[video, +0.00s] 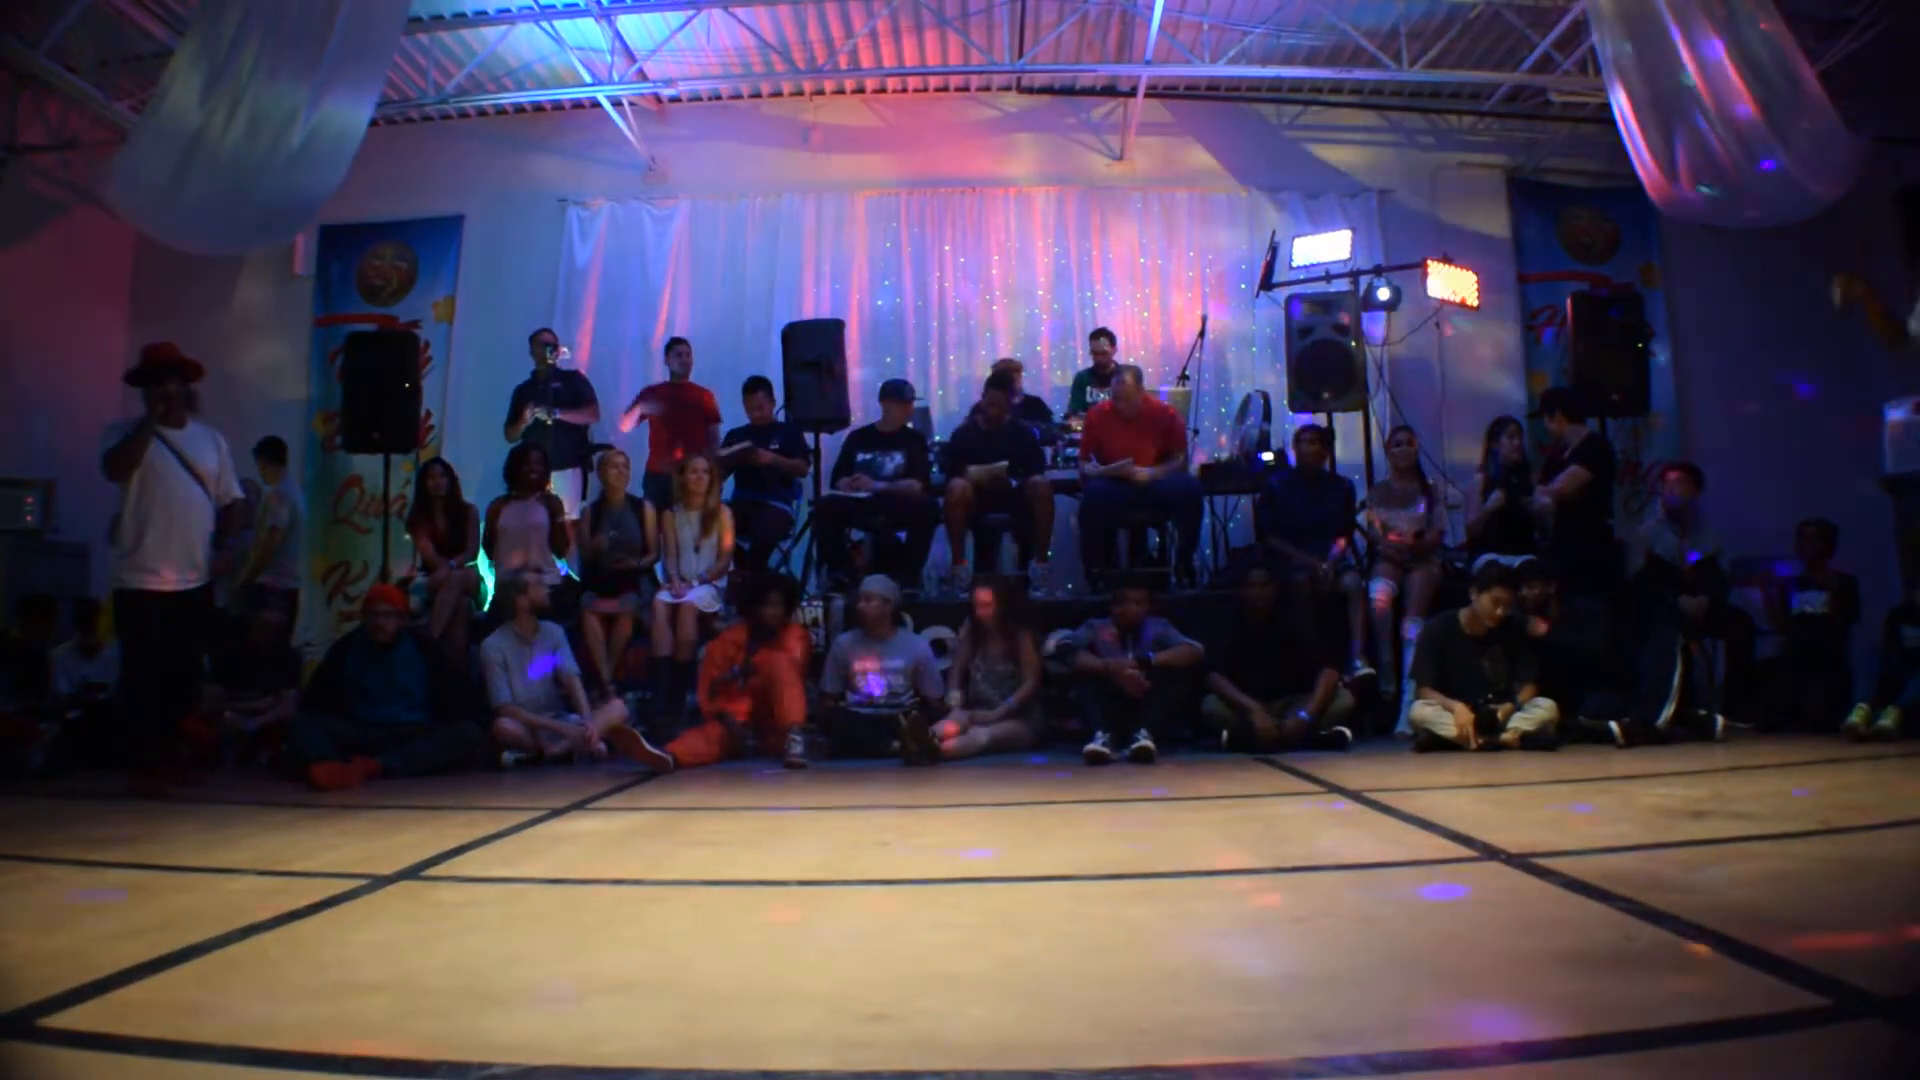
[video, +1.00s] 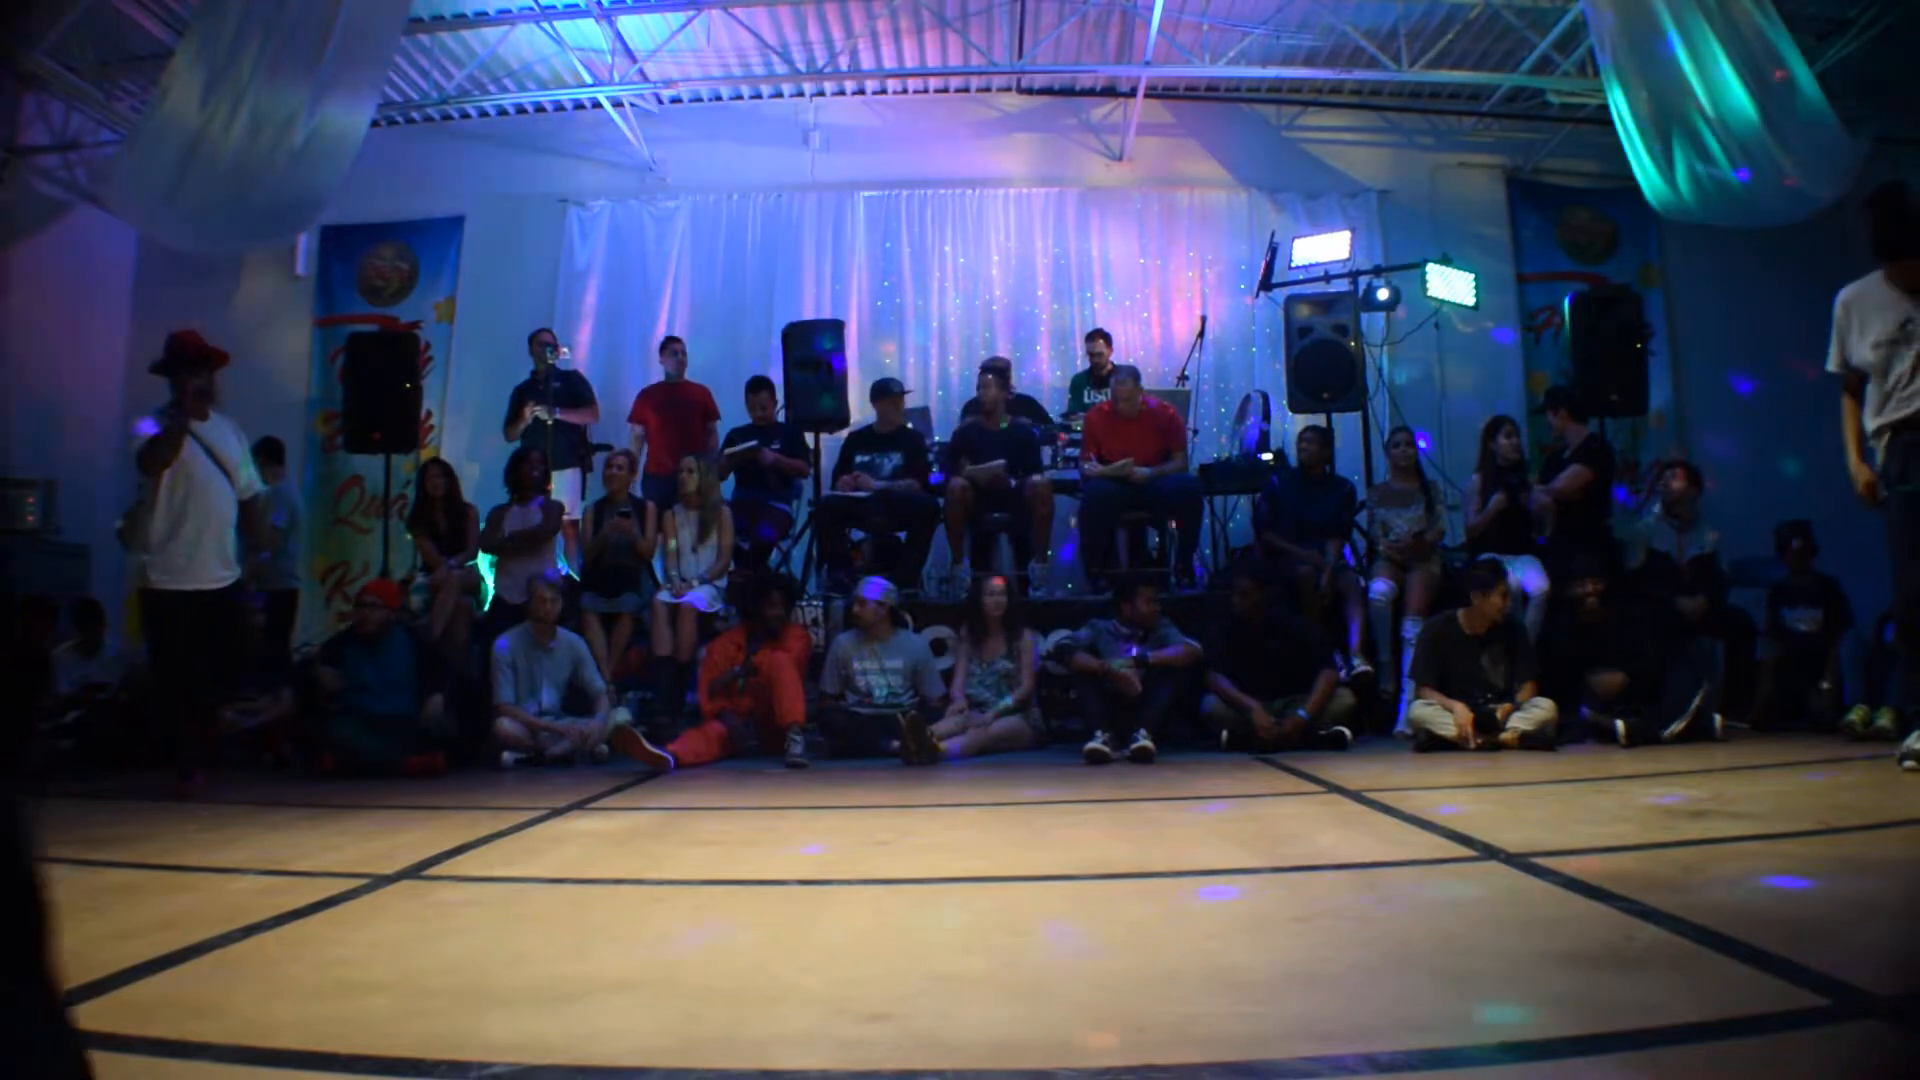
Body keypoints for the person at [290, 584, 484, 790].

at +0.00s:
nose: (381, 623)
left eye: (388, 616)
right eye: (375, 615)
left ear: (401, 619)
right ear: (364, 617)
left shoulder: (420, 648)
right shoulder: (347, 648)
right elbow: (317, 696)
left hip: (413, 729)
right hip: (356, 728)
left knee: (466, 735)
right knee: (305, 724)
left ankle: (379, 766)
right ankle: (328, 766)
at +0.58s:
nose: (383, 613)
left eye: (390, 605)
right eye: (377, 605)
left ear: (404, 611)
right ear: (369, 609)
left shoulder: (422, 643)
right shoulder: (349, 644)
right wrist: (352, 730)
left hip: (419, 720)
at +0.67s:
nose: (380, 611)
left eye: (388, 605)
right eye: (374, 604)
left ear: (403, 610)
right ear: (366, 607)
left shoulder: (422, 642)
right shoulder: (349, 640)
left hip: (414, 715)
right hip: (363, 716)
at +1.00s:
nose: (365, 614)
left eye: (373, 607)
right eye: (361, 606)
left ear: (389, 612)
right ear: (354, 609)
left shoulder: (410, 642)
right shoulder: (345, 641)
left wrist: (435, 697)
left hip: (404, 717)